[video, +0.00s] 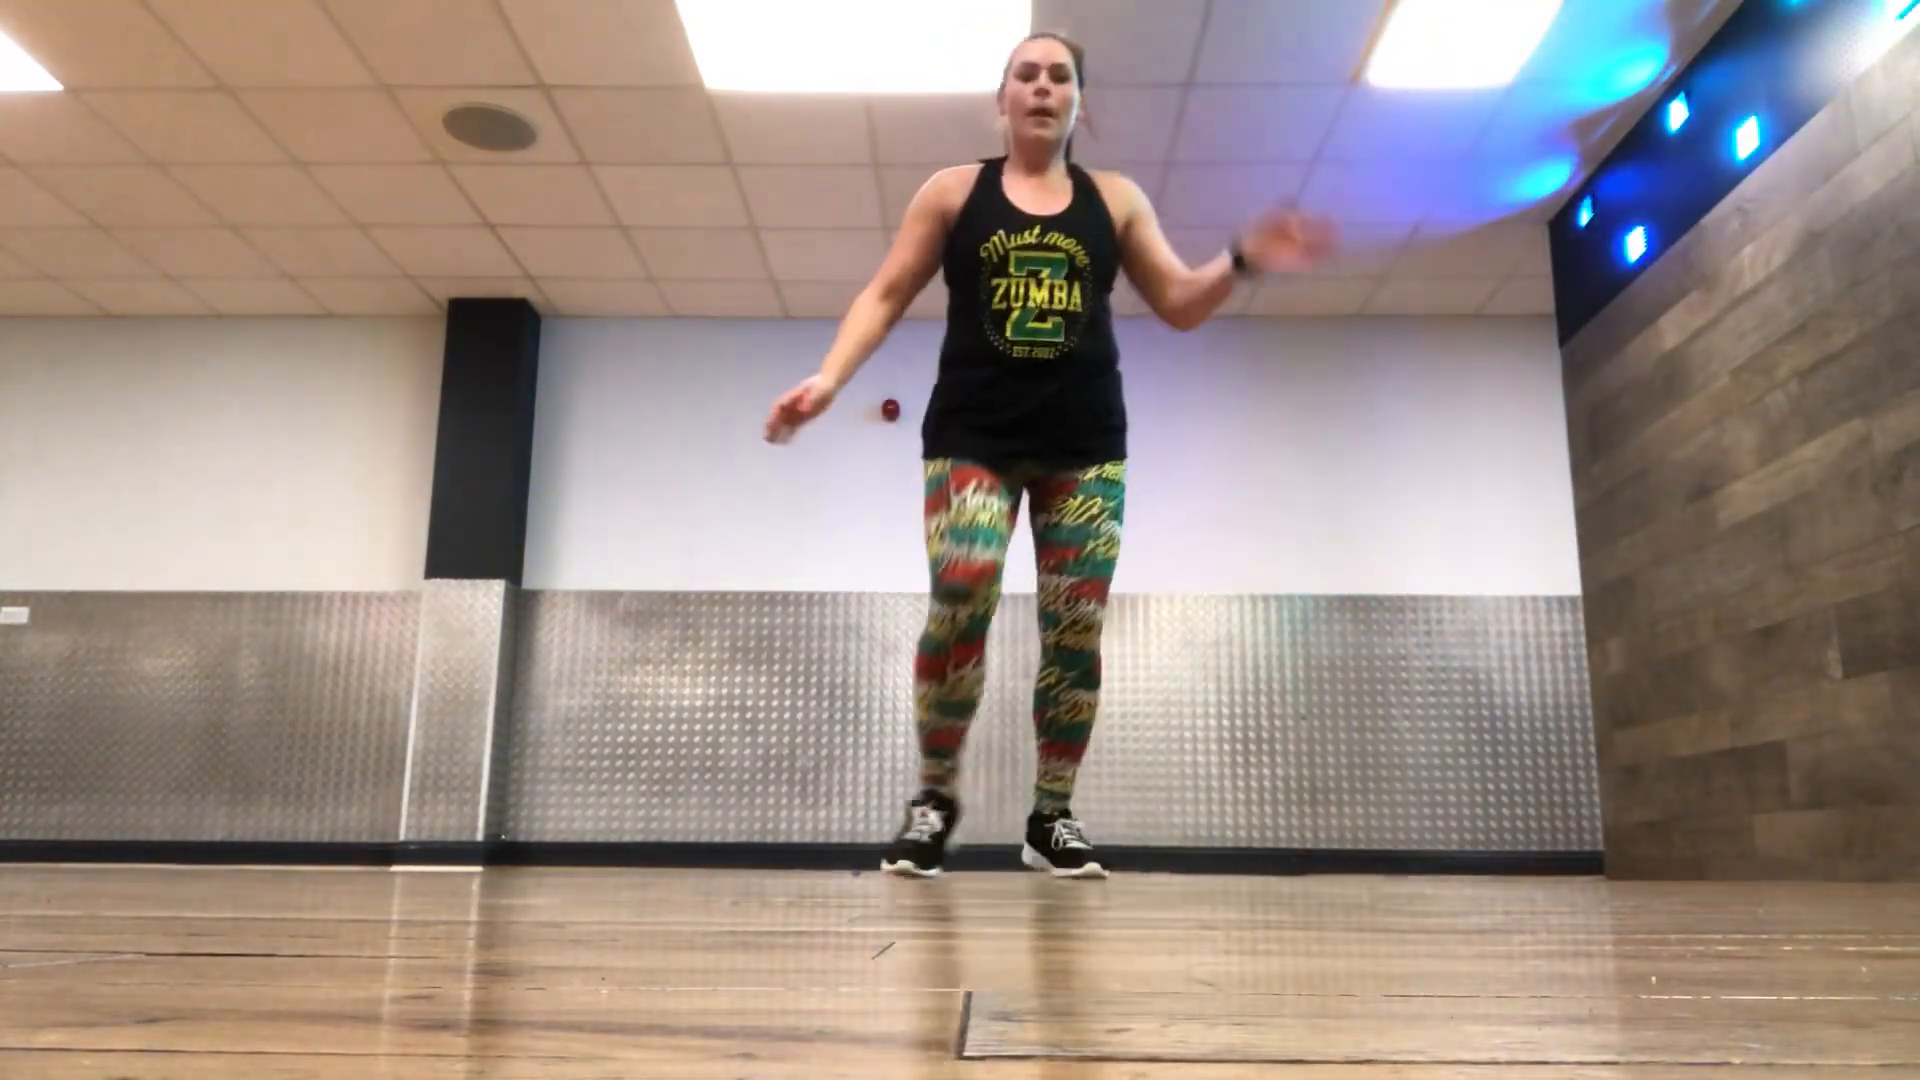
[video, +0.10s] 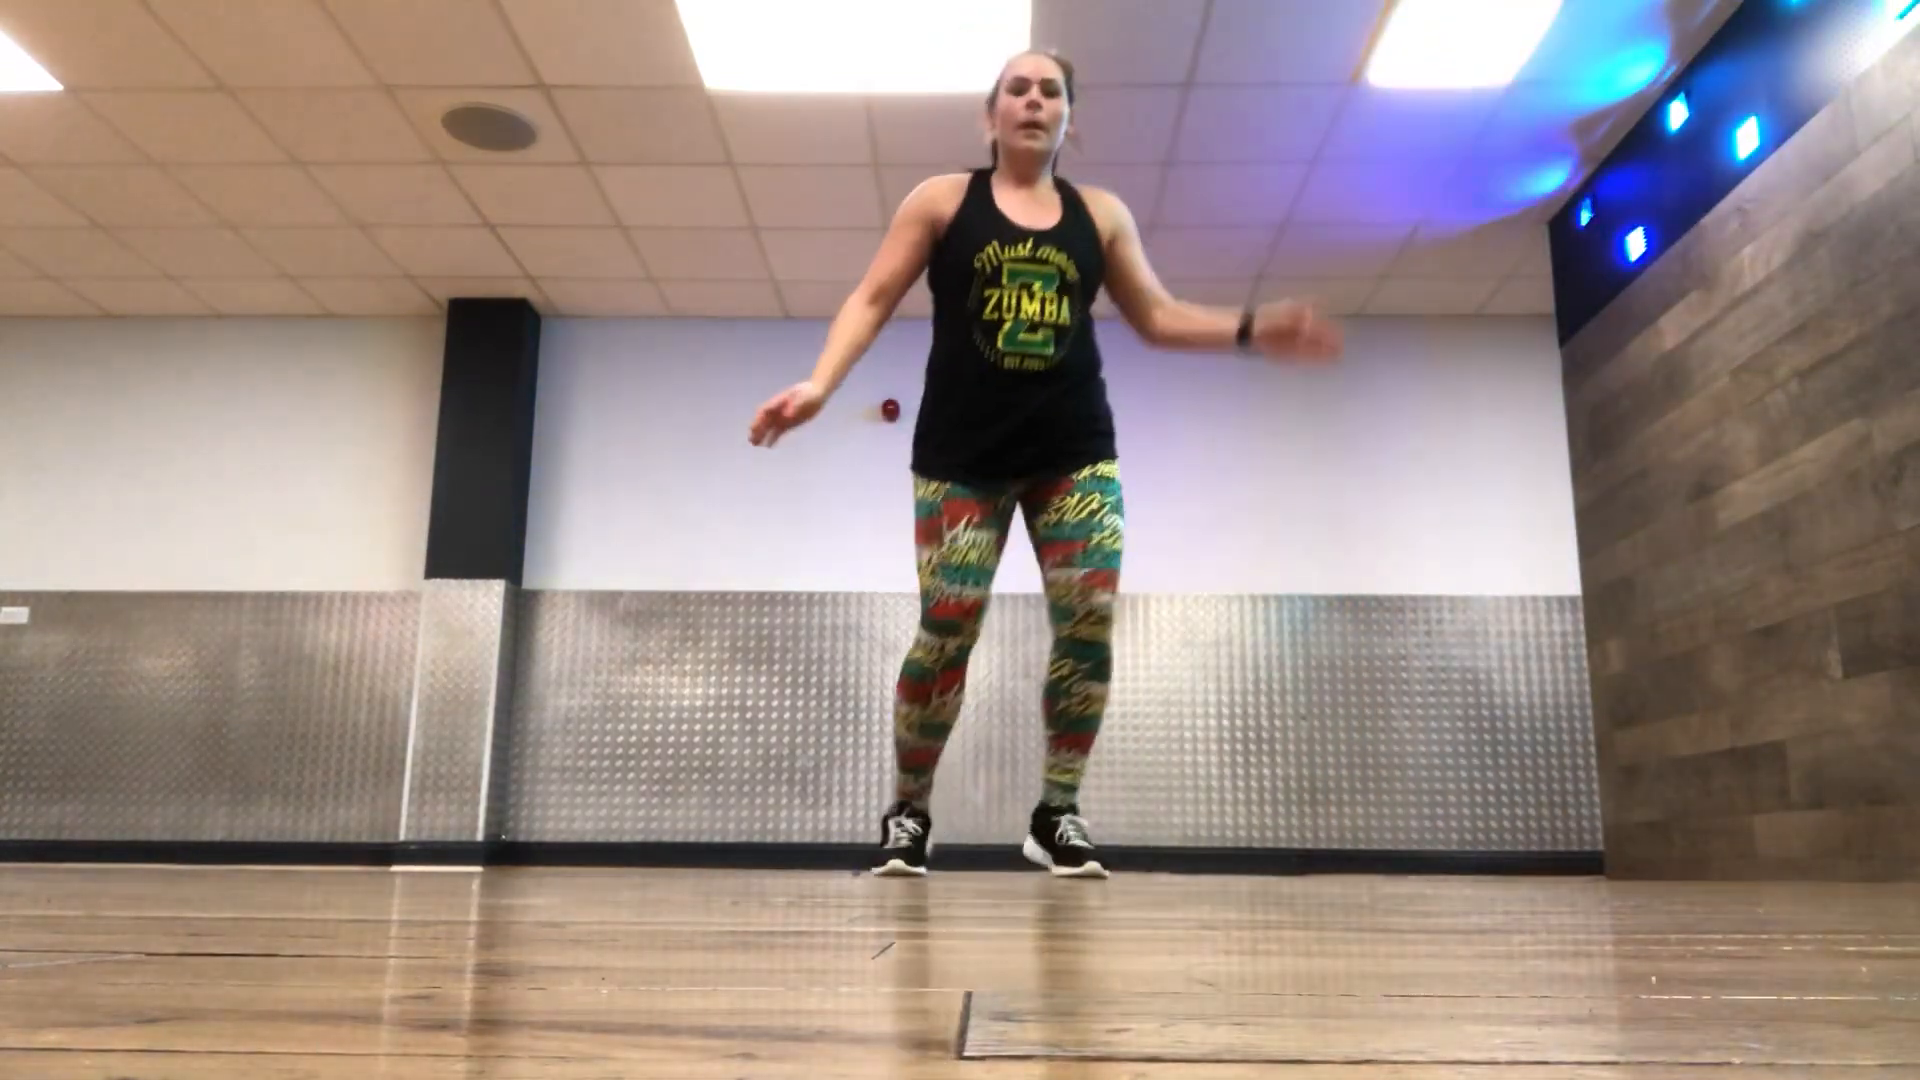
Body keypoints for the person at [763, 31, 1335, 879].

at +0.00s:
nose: (1044, 87)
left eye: (1059, 76)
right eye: (1029, 74)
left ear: (1079, 101)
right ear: (1001, 96)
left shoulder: (1115, 198)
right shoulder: (953, 193)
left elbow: (1181, 302)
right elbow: (885, 295)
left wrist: (1244, 257)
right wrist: (826, 380)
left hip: (1083, 442)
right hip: (974, 436)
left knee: (1078, 623)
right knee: (961, 597)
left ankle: (1053, 817)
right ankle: (934, 802)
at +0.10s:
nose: (1035, 100)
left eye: (1050, 91)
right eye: (1019, 88)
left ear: (1069, 116)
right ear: (991, 111)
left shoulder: (1100, 214)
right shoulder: (941, 201)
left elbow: (1158, 316)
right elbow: (871, 299)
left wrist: (1255, 327)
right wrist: (819, 386)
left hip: (1072, 451)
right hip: (963, 450)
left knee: (1089, 619)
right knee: (949, 622)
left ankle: (1059, 813)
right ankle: (909, 813)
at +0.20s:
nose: (1031, 118)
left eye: (1045, 108)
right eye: (1015, 107)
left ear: (1064, 134)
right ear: (987, 130)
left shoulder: (1090, 233)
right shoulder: (939, 216)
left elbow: (1134, 344)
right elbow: (873, 318)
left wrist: (1221, 398)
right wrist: (842, 417)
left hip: (1066, 466)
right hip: (956, 466)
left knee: (1107, 611)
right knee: (945, 635)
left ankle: (1085, 806)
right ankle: (915, 822)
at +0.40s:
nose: (1055, 138)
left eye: (1068, 128)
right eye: (1039, 127)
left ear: (1086, 153)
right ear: (1010, 151)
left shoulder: (1116, 248)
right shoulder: (967, 234)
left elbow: (1134, 354)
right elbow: (923, 352)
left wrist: (1144, 451)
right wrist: (948, 466)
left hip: (1090, 480)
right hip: (985, 477)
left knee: (1116, 645)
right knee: (960, 641)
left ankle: (1124, 823)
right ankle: (918, 821)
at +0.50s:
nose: (1071, 146)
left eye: (1084, 136)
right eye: (1055, 135)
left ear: (1103, 157)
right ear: (1029, 155)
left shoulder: (1137, 252)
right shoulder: (991, 237)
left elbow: (1161, 358)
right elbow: (952, 352)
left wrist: (1134, 437)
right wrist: (1010, 434)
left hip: (1113, 469)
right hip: (1015, 464)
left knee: (1126, 642)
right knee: (997, 620)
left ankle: (1126, 825)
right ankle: (930, 806)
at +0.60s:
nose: (1086, 152)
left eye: (1099, 141)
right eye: (1071, 141)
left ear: (1117, 161)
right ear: (1044, 161)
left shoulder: (1152, 253)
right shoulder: (1006, 238)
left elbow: (1181, 356)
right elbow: (990, 344)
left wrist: (1133, 417)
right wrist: (1094, 393)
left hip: (1130, 468)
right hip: (1030, 460)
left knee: (1133, 640)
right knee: (1038, 573)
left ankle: (1126, 826)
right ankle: (1005, 787)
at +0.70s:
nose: (1094, 153)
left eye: (1106, 142)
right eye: (1078, 141)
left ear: (1126, 161)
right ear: (1052, 161)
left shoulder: (1160, 250)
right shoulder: (1018, 234)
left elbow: (1182, 350)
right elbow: (1035, 331)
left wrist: (1124, 401)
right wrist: (1152, 382)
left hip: (1139, 468)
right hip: (1040, 462)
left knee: (1138, 641)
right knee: (1078, 569)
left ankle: (1125, 831)